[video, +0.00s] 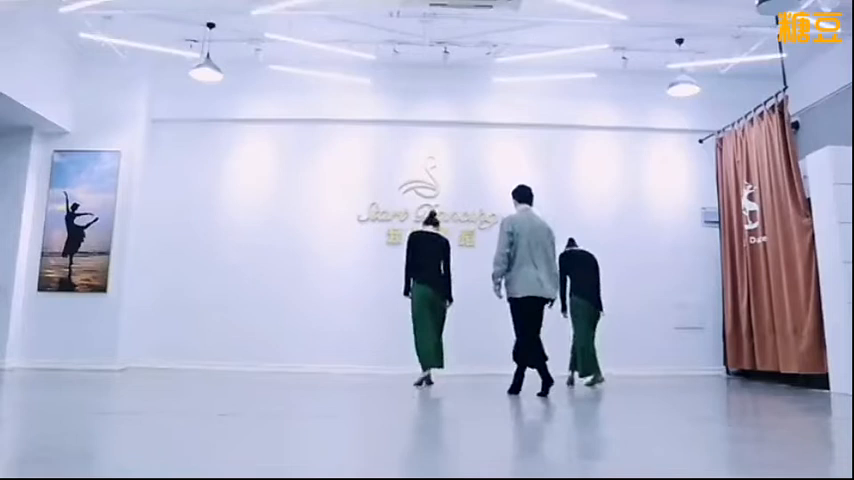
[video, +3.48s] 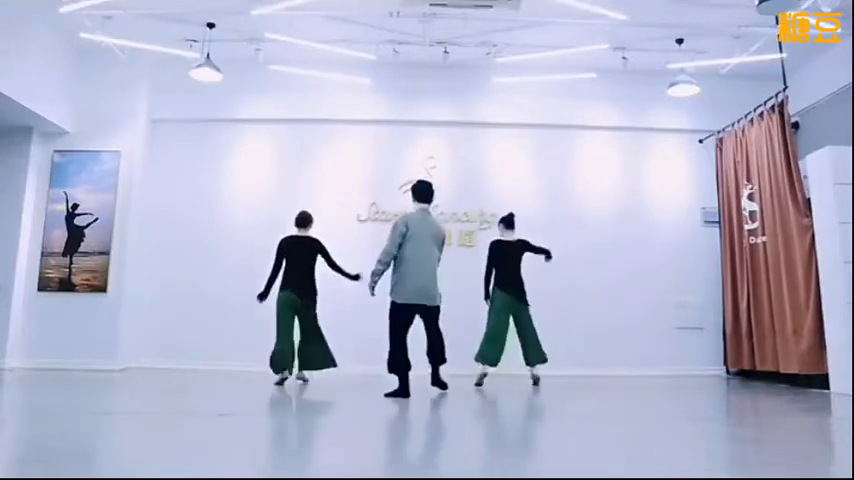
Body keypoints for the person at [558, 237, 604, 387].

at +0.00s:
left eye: (566, 248)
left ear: (566, 247)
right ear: (577, 245)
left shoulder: (565, 256)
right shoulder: (590, 256)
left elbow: (563, 282)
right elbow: (596, 284)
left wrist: (563, 305)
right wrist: (599, 305)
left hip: (577, 299)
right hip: (593, 301)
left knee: (582, 336)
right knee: (581, 336)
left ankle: (596, 372)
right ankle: (572, 371)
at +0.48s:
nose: (557, 231)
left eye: (558, 229)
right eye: (559, 229)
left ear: (559, 229)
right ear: (572, 230)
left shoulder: (555, 248)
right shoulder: (579, 249)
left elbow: (550, 273)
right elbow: (584, 276)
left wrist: (549, 294)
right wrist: (586, 298)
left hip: (561, 292)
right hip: (577, 293)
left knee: (564, 330)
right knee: (577, 330)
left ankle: (567, 369)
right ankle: (578, 366)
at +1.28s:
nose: (546, 230)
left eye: (545, 227)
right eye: (550, 227)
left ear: (542, 228)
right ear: (556, 229)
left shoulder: (535, 248)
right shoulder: (561, 249)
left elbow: (531, 273)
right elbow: (566, 275)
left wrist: (529, 293)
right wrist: (568, 296)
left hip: (541, 292)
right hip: (558, 293)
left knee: (544, 330)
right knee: (556, 330)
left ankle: (550, 367)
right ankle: (552, 367)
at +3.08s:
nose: (522, 234)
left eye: (522, 232)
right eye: (525, 232)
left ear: (521, 234)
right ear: (536, 234)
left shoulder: (515, 254)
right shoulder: (542, 255)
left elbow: (511, 280)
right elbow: (548, 281)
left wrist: (511, 302)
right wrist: (551, 302)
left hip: (522, 299)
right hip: (540, 299)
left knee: (526, 335)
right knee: (542, 334)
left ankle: (537, 369)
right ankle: (542, 371)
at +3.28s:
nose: (512, 239)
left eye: (512, 236)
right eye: (515, 236)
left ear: (514, 238)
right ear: (527, 239)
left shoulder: (508, 259)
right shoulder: (534, 258)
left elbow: (505, 285)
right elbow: (547, 277)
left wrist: (504, 306)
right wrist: (559, 293)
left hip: (518, 303)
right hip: (535, 303)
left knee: (513, 337)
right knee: (538, 339)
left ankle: (513, 369)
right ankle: (538, 377)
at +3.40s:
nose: (503, 232)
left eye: (503, 230)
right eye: (504, 229)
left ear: (506, 230)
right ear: (518, 230)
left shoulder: (500, 249)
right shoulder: (525, 248)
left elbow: (494, 274)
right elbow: (542, 256)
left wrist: (492, 295)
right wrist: (553, 263)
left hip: (506, 296)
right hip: (524, 297)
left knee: (499, 332)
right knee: (531, 334)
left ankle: (489, 367)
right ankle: (537, 371)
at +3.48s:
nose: (499, 229)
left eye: (499, 227)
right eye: (500, 227)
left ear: (500, 227)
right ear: (514, 228)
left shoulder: (495, 245)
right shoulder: (521, 244)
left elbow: (489, 270)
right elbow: (538, 250)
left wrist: (486, 292)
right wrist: (547, 254)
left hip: (500, 292)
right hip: (518, 293)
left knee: (494, 329)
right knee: (525, 330)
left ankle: (484, 367)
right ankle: (534, 370)